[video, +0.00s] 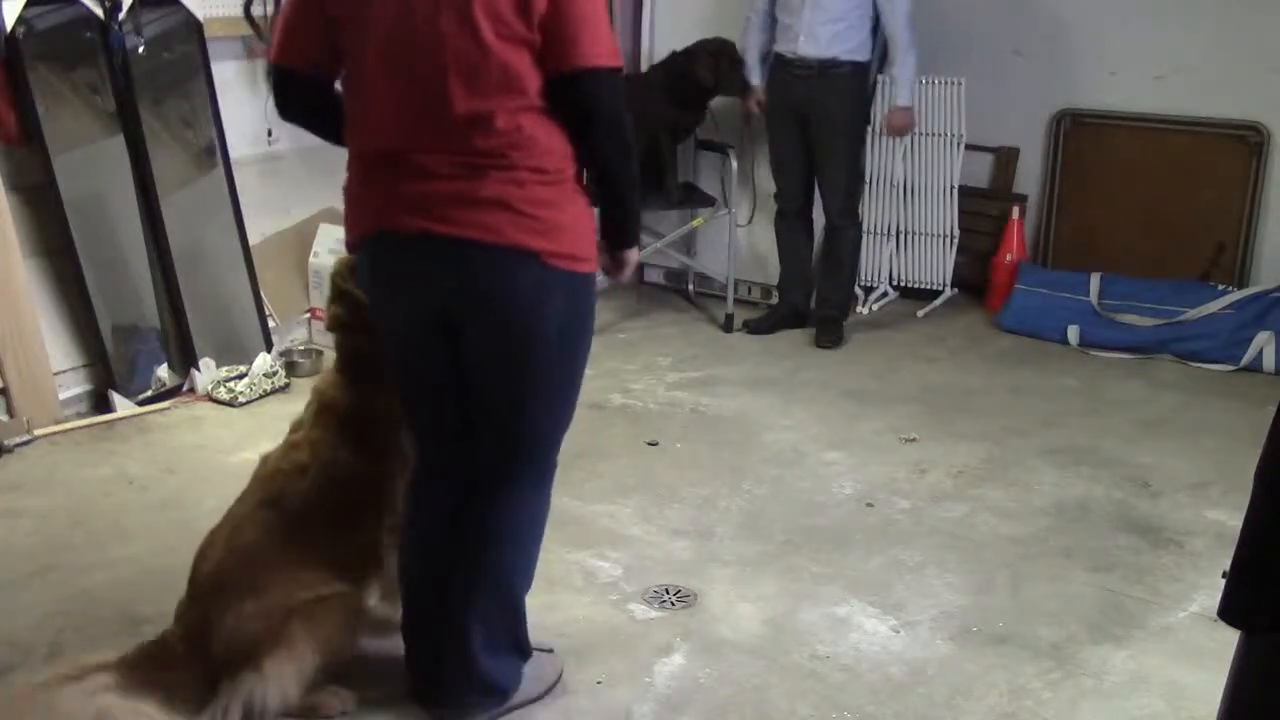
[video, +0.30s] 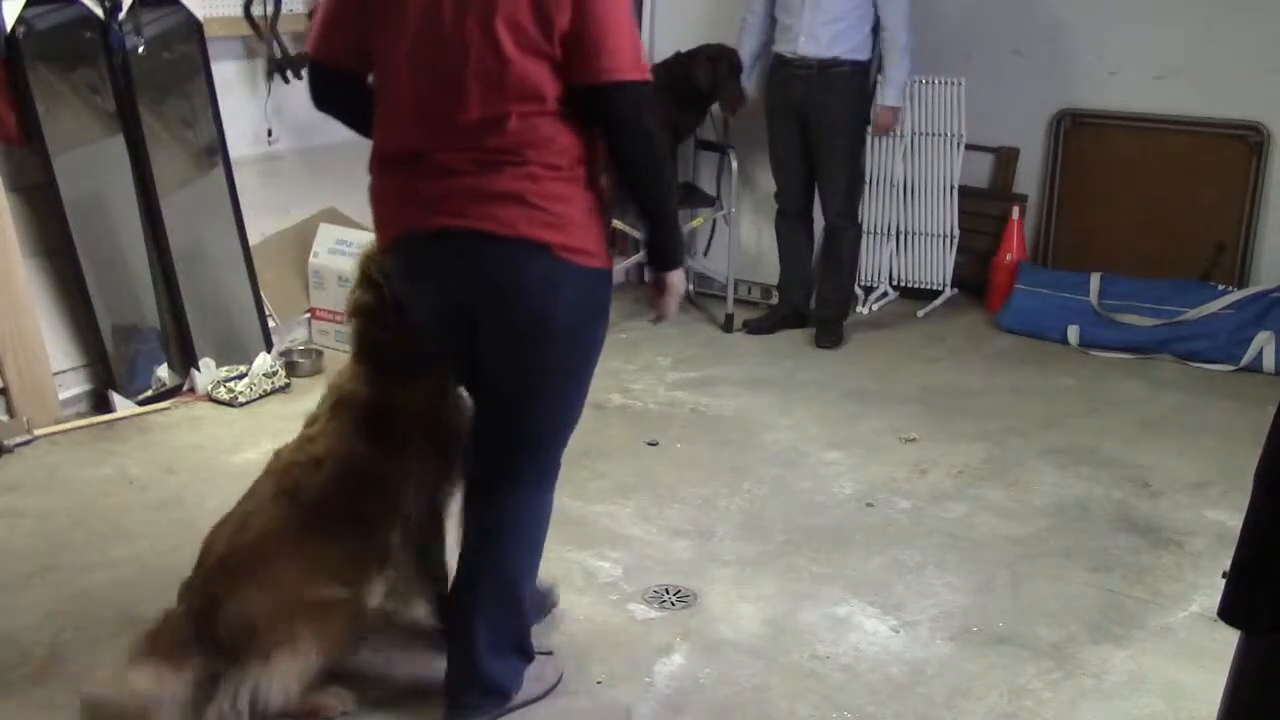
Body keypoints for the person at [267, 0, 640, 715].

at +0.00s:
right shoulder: (551, 0)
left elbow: (295, 87)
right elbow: (590, 93)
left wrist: (387, 134)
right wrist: (623, 223)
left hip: (395, 238)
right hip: (523, 238)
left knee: (437, 459)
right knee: (516, 467)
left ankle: (434, 666)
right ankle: (483, 671)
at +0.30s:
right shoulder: (578, 2)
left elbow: (330, 83)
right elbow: (620, 103)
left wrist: (421, 132)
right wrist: (667, 250)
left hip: (417, 230)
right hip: (540, 235)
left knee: (487, 433)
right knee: (519, 473)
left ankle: (496, 594)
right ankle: (486, 679)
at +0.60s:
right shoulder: (624, 0)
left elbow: (397, 84)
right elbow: (675, 106)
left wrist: (486, 129)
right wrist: (723, 215)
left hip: (471, 218)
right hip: (579, 229)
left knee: (538, 404)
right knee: (534, 452)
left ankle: (551, 552)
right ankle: (485, 672)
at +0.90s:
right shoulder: (666, 1)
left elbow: (470, 54)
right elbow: (684, 76)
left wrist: (548, 104)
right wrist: (730, 203)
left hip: (534, 182)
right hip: (633, 191)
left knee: (562, 376)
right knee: (684, 361)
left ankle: (537, 560)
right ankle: (611, 529)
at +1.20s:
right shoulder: (759, 4)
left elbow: (580, 56)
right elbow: (766, 80)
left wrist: (642, 119)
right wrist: (814, 204)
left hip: (631, 177)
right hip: (728, 188)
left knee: (637, 358)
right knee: (748, 348)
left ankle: (557, 528)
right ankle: (740, 495)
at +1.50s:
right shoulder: (851, 1)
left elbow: (677, 50)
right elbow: (876, 67)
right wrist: (926, 163)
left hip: (719, 152)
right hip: (805, 161)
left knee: (776, 306)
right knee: (783, 330)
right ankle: (746, 498)